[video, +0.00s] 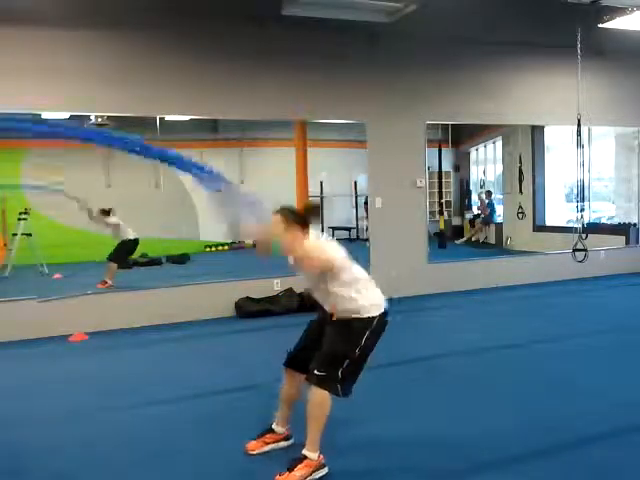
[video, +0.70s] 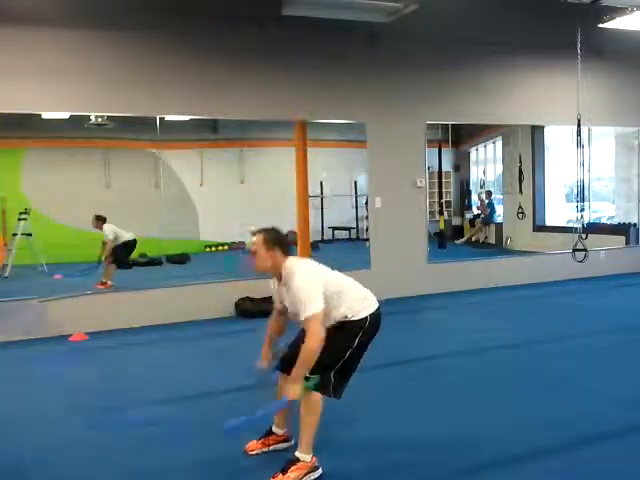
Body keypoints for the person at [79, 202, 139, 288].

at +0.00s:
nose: (99, 218)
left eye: (100, 216)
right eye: (99, 216)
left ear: (103, 215)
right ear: (107, 214)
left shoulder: (112, 219)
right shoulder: (111, 220)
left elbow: (117, 223)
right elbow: (93, 218)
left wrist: (115, 235)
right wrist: (89, 210)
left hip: (129, 240)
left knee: (113, 259)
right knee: (116, 261)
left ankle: (108, 281)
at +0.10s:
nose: (96, 225)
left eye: (97, 223)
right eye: (97, 223)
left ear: (101, 223)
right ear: (105, 222)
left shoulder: (109, 227)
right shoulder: (111, 226)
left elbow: (108, 240)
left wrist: (101, 246)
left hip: (128, 241)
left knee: (111, 260)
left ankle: (108, 281)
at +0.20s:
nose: (97, 218)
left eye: (98, 215)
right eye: (97, 216)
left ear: (103, 216)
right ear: (105, 216)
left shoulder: (112, 222)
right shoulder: (110, 222)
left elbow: (115, 236)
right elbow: (111, 237)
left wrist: (109, 250)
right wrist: (108, 249)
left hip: (128, 239)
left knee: (111, 259)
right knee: (111, 260)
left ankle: (109, 281)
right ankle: (108, 281)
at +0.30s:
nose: (104, 207)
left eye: (106, 204)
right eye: (104, 204)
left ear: (110, 204)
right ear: (114, 204)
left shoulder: (118, 212)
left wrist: (101, 219)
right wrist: (99, 220)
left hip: (125, 237)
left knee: (112, 259)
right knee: (120, 263)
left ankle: (109, 281)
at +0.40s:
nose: (110, 207)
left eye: (111, 204)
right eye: (110, 205)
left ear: (114, 202)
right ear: (116, 201)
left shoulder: (120, 207)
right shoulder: (122, 207)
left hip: (125, 235)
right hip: (129, 235)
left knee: (111, 259)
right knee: (121, 264)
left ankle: (108, 281)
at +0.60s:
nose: (94, 222)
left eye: (95, 219)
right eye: (94, 219)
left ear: (99, 219)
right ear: (102, 218)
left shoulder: (107, 225)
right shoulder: (109, 222)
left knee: (109, 260)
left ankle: (107, 281)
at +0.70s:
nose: (93, 224)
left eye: (94, 222)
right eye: (93, 222)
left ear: (100, 222)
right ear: (100, 222)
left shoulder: (107, 228)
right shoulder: (106, 228)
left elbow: (110, 243)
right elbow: (105, 243)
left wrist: (105, 255)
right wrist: (100, 255)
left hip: (128, 241)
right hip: (123, 242)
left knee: (111, 260)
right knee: (109, 259)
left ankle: (108, 281)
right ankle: (105, 280)